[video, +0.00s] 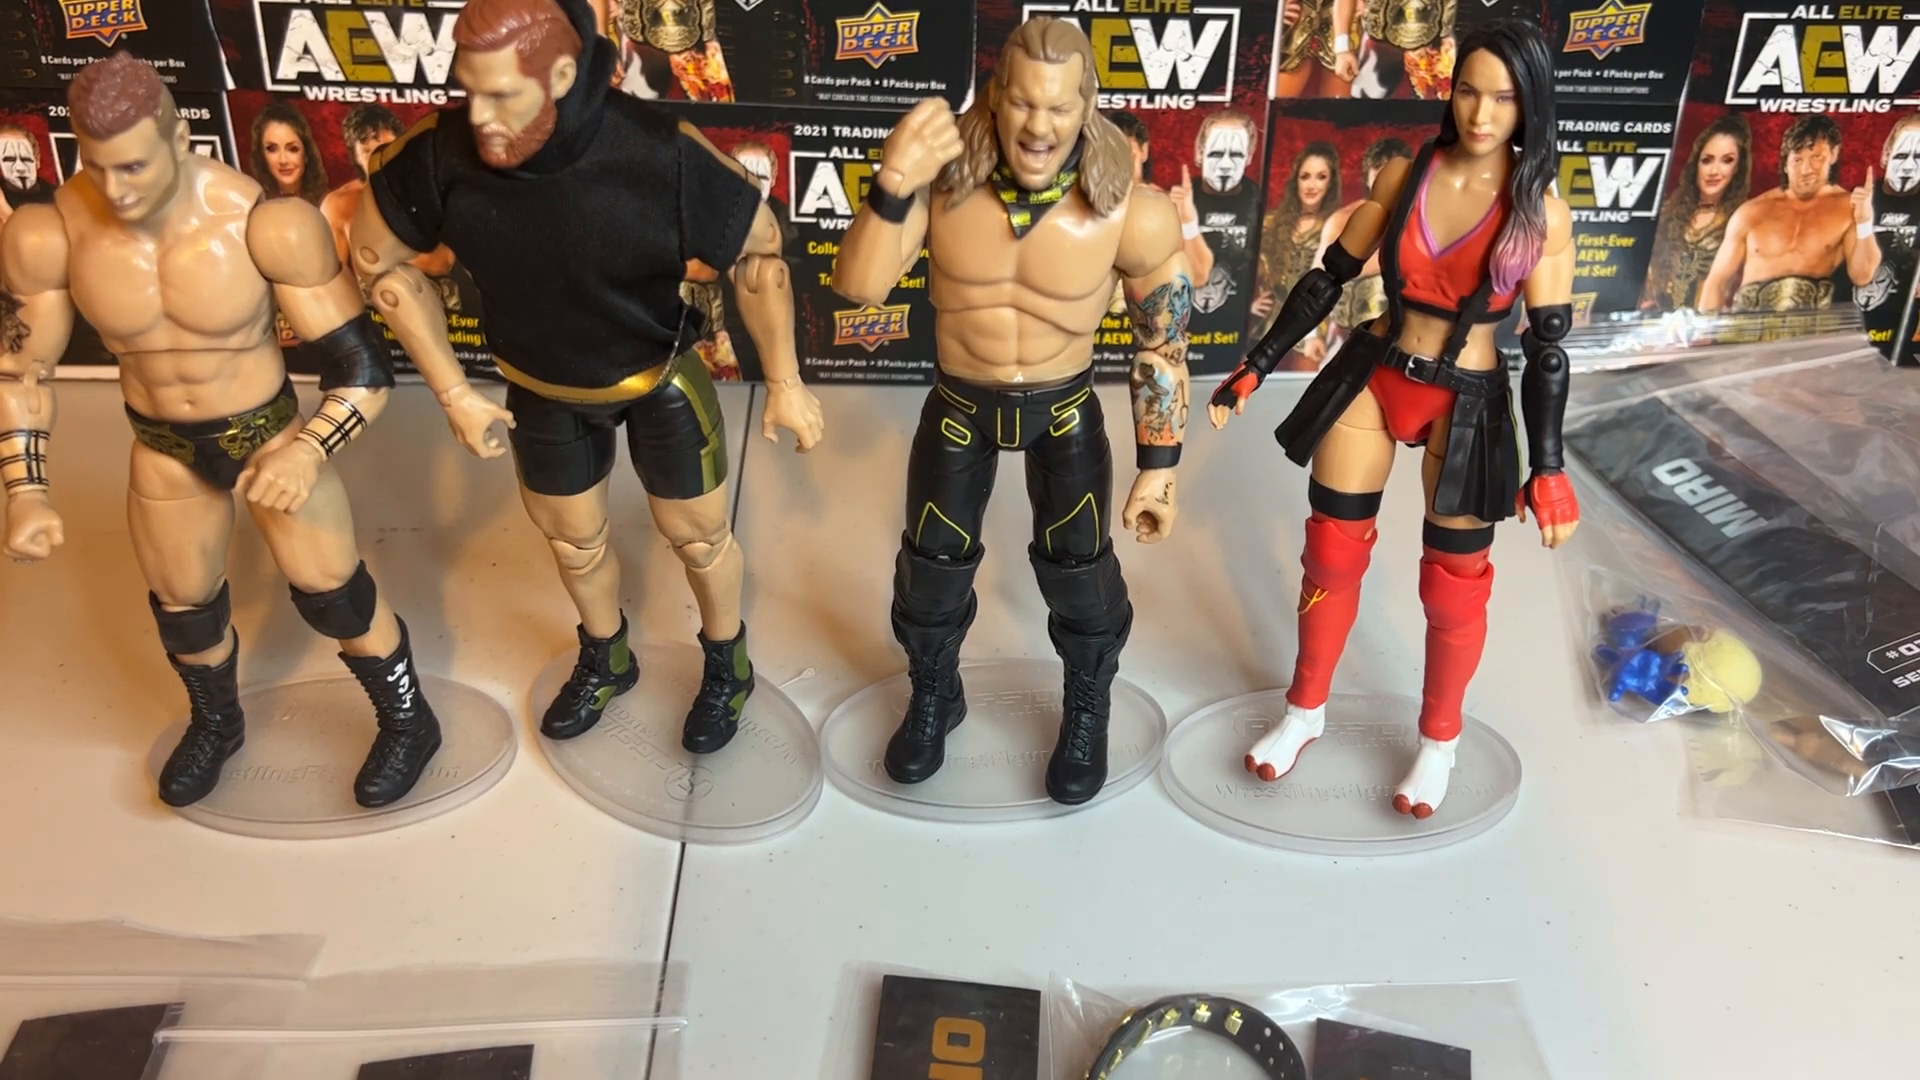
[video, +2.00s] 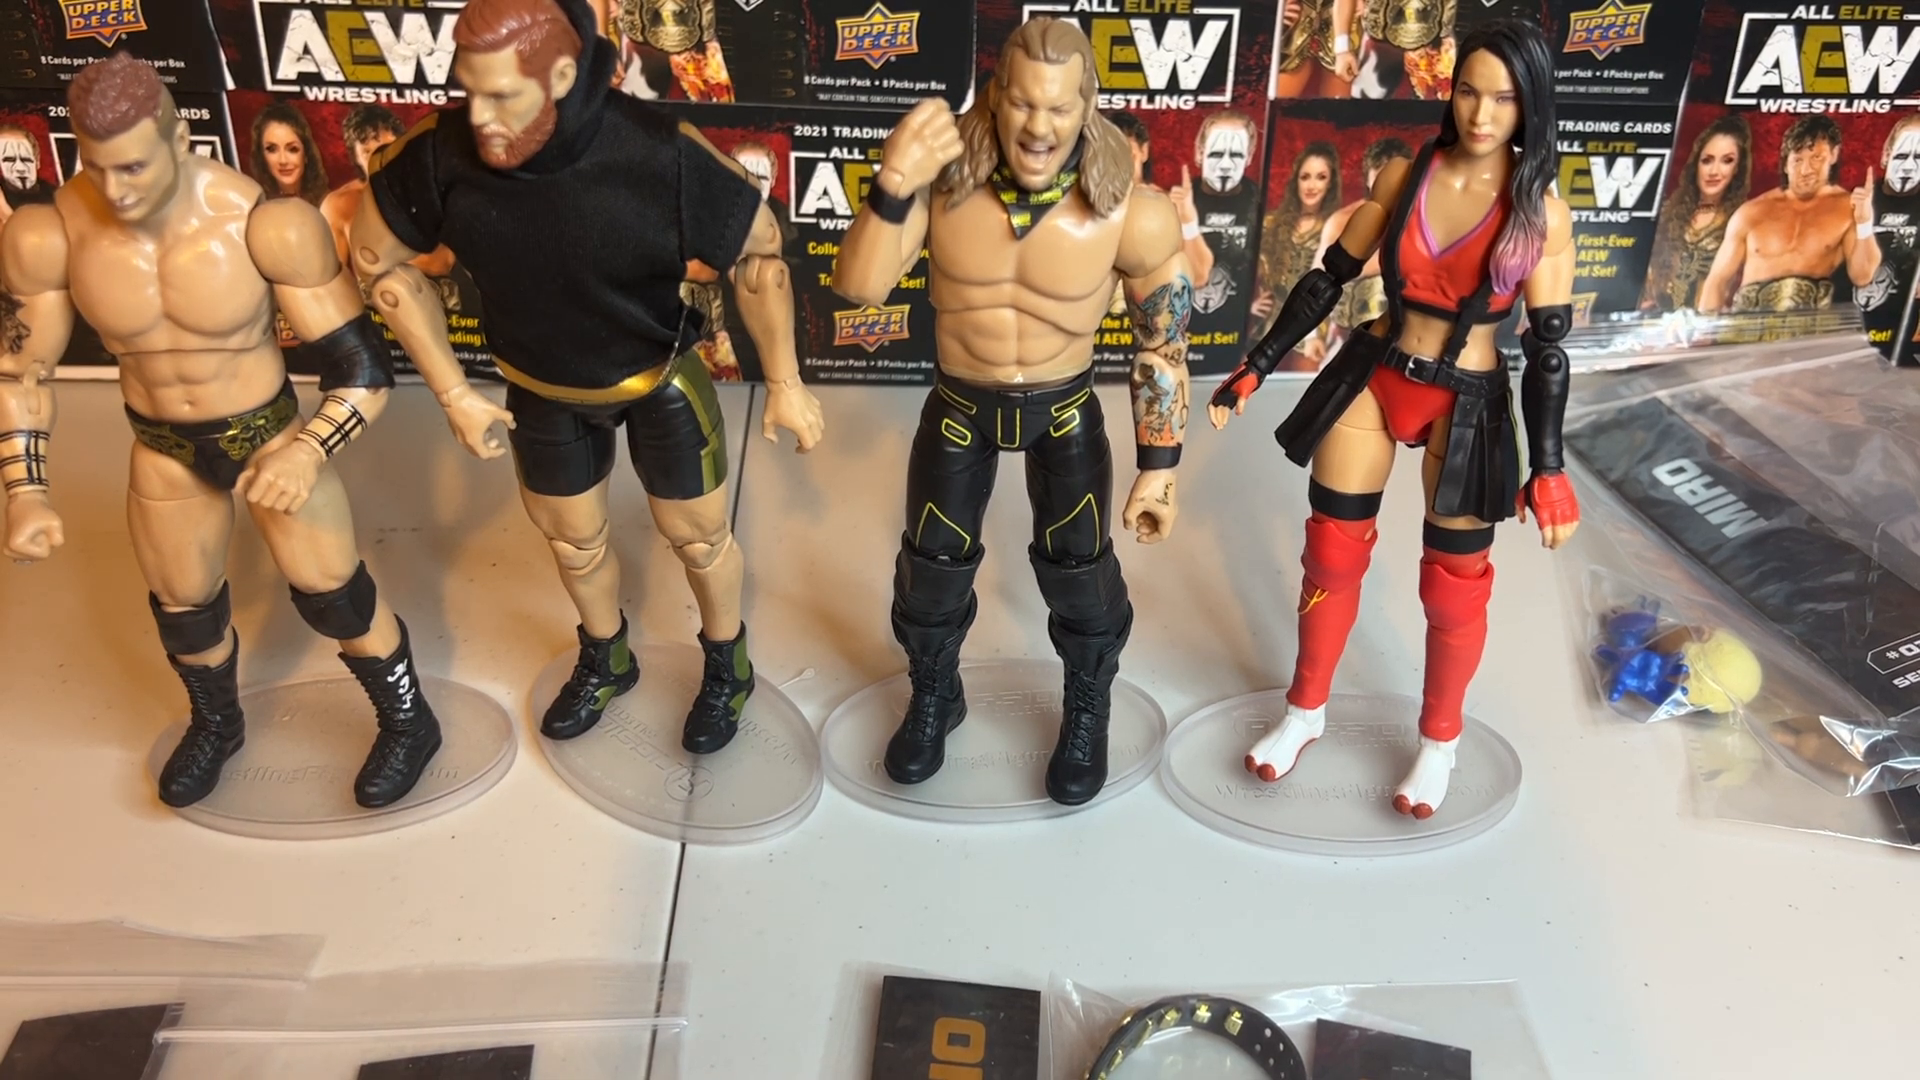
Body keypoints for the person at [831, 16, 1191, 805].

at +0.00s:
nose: (1040, 126)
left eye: (1060, 108)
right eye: (1024, 104)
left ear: (1086, 106)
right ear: (995, 95)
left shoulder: (1129, 206)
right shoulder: (943, 175)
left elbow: (1162, 337)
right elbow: (858, 286)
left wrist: (1161, 464)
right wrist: (892, 187)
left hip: (1064, 408)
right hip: (958, 402)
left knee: (1077, 567)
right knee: (933, 561)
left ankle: (1086, 712)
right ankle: (933, 697)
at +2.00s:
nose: (1039, 126)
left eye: (1060, 109)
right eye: (1024, 104)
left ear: (1086, 106)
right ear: (995, 95)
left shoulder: (1129, 208)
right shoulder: (943, 176)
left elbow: (1162, 337)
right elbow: (858, 287)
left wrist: (1161, 463)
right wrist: (892, 189)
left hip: (1064, 408)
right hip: (958, 403)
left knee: (1078, 568)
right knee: (933, 562)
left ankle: (1086, 712)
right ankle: (932, 698)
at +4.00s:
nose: (1039, 127)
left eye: (1060, 109)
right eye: (1024, 104)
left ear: (1086, 107)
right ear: (995, 95)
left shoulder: (1129, 207)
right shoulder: (944, 176)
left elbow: (1163, 338)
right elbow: (857, 287)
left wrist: (1161, 464)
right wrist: (892, 190)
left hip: (1064, 408)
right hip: (959, 403)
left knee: (1078, 568)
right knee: (932, 562)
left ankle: (1086, 714)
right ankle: (932, 699)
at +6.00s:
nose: (1040, 127)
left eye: (1060, 109)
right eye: (1024, 104)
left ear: (1087, 106)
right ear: (995, 94)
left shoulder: (1130, 208)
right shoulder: (944, 177)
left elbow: (1163, 339)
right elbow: (858, 287)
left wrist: (1161, 465)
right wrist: (892, 189)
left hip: (1064, 408)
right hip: (958, 403)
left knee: (1078, 569)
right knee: (933, 563)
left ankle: (1086, 713)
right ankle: (932, 699)